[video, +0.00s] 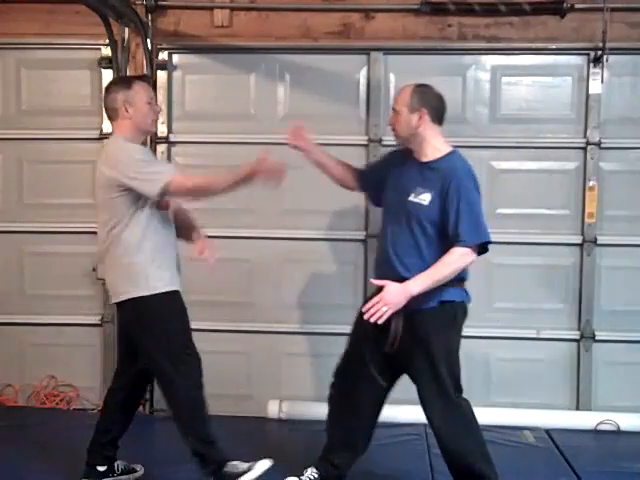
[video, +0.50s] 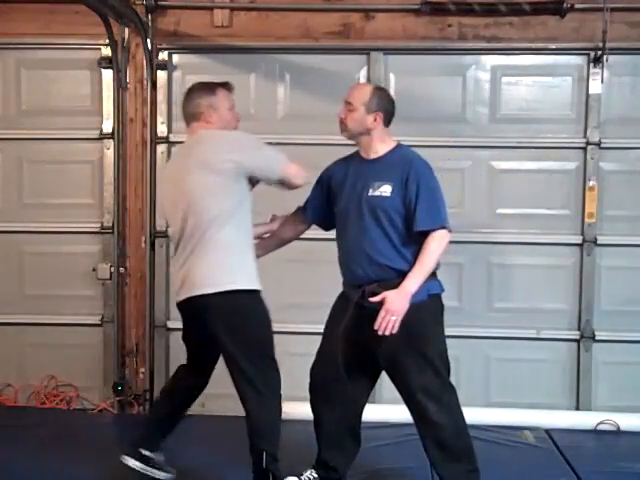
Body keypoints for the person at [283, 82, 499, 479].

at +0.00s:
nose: (389, 120)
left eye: (396, 112)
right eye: (391, 112)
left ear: (421, 118)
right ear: (421, 118)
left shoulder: (456, 172)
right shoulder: (397, 162)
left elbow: (468, 249)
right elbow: (357, 179)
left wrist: (406, 289)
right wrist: (312, 151)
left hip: (434, 307)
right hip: (386, 301)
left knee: (443, 404)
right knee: (352, 389)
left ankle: (480, 479)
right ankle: (329, 470)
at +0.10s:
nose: (378, 118)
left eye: (384, 111)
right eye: (380, 110)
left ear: (409, 117)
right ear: (407, 117)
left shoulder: (445, 172)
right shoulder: (376, 160)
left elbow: (462, 247)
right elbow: (323, 163)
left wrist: (404, 283)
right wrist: (280, 141)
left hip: (424, 307)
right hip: (374, 300)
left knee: (439, 406)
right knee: (343, 391)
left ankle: (474, 477)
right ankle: (330, 471)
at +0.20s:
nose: (365, 115)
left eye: (372, 108)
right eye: (367, 107)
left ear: (398, 115)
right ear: (389, 115)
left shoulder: (433, 171)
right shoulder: (356, 157)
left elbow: (456, 244)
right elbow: (302, 162)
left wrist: (404, 286)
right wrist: (261, 157)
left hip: (418, 305)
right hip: (365, 299)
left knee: (431, 400)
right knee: (338, 388)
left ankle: (461, 475)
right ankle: (332, 471)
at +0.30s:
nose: (350, 113)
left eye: (358, 106)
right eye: (352, 105)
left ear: (383, 115)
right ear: (380, 115)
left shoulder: (421, 167)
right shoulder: (344, 164)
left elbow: (447, 236)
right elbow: (296, 195)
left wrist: (409, 290)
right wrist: (254, 200)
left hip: (411, 302)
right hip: (358, 300)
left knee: (431, 404)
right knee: (335, 388)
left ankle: (457, 474)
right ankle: (330, 470)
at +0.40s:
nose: (340, 113)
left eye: (349, 107)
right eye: (343, 105)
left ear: (374, 118)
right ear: (369, 118)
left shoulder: (412, 167)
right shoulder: (339, 172)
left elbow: (442, 234)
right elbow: (294, 218)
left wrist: (410, 291)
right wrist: (243, 239)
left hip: (408, 300)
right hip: (356, 301)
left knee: (432, 402)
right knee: (332, 388)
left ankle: (459, 474)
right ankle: (329, 471)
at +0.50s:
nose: (340, 114)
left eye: (349, 108)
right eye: (343, 106)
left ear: (376, 118)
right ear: (368, 118)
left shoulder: (412, 167)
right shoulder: (338, 174)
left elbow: (439, 236)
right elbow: (297, 221)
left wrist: (404, 292)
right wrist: (245, 250)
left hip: (409, 301)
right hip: (356, 303)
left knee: (432, 403)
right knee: (330, 384)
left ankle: (460, 475)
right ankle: (329, 470)